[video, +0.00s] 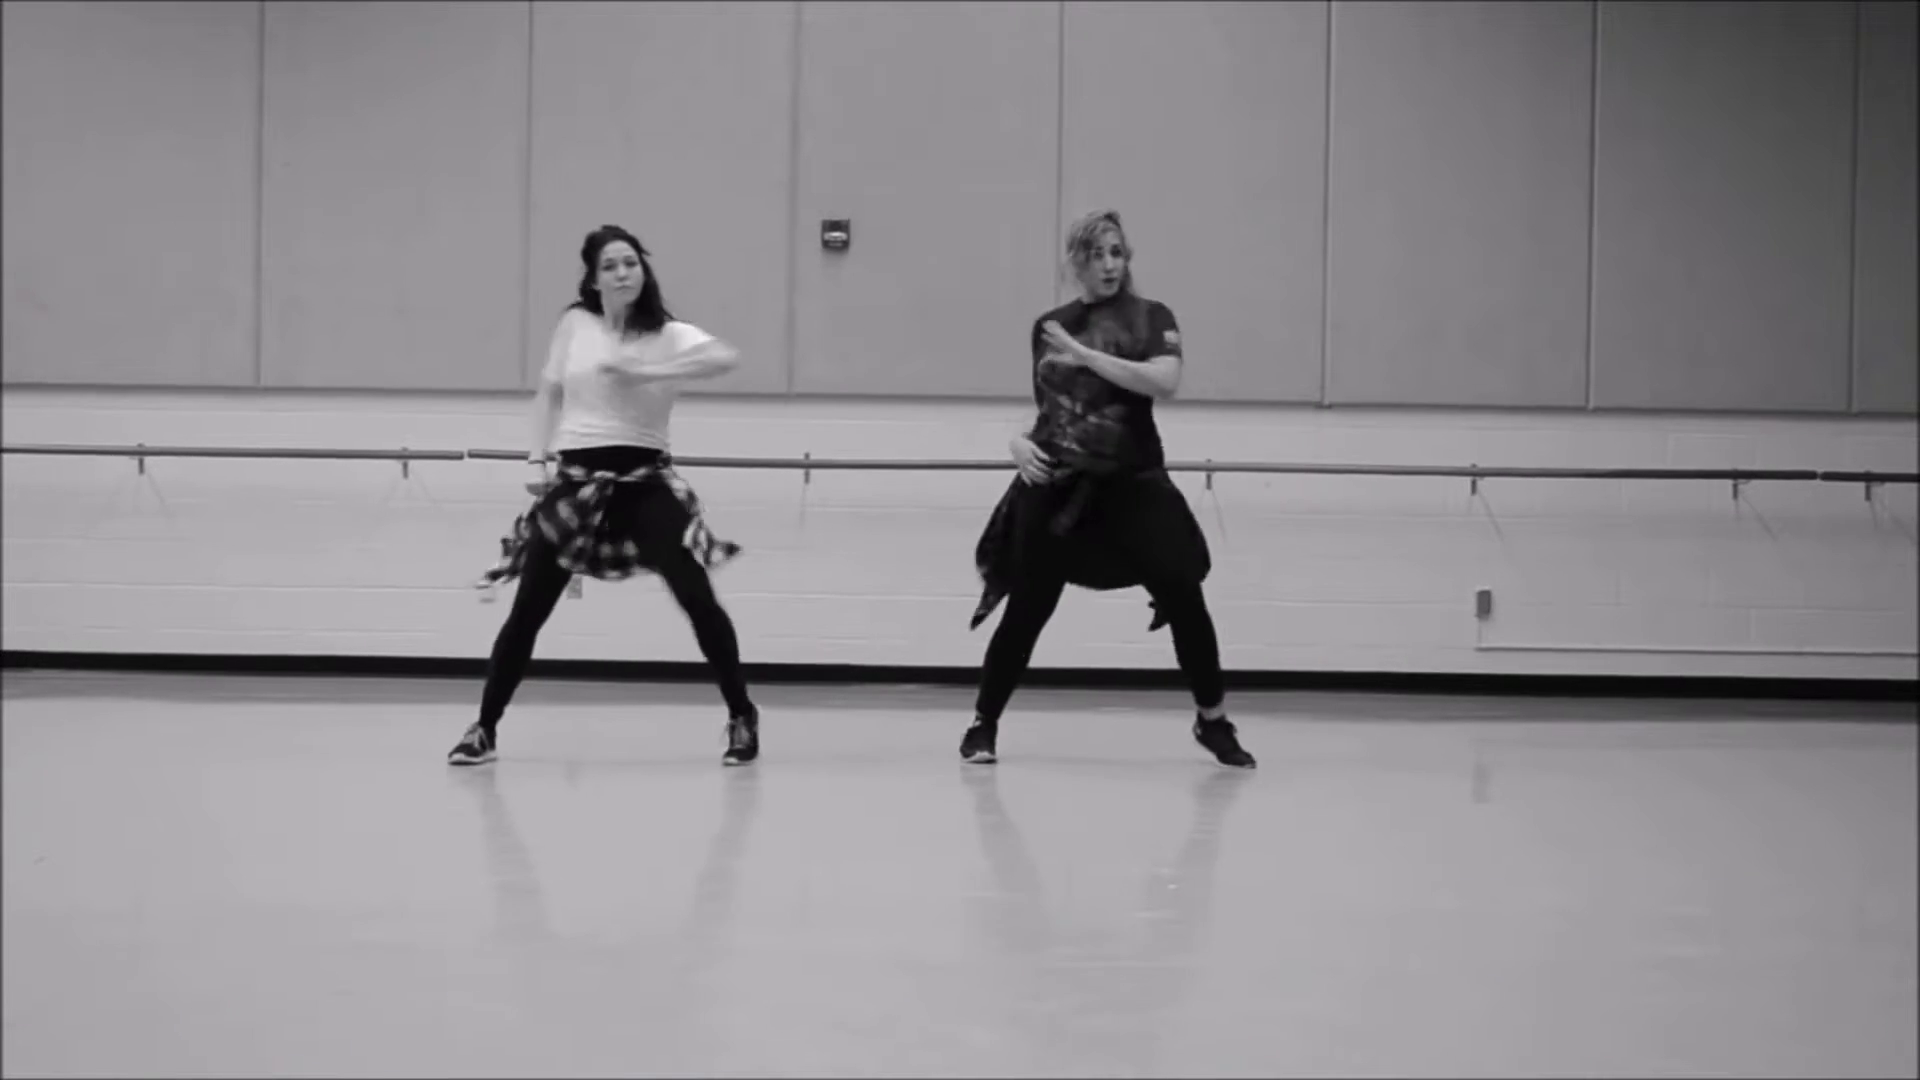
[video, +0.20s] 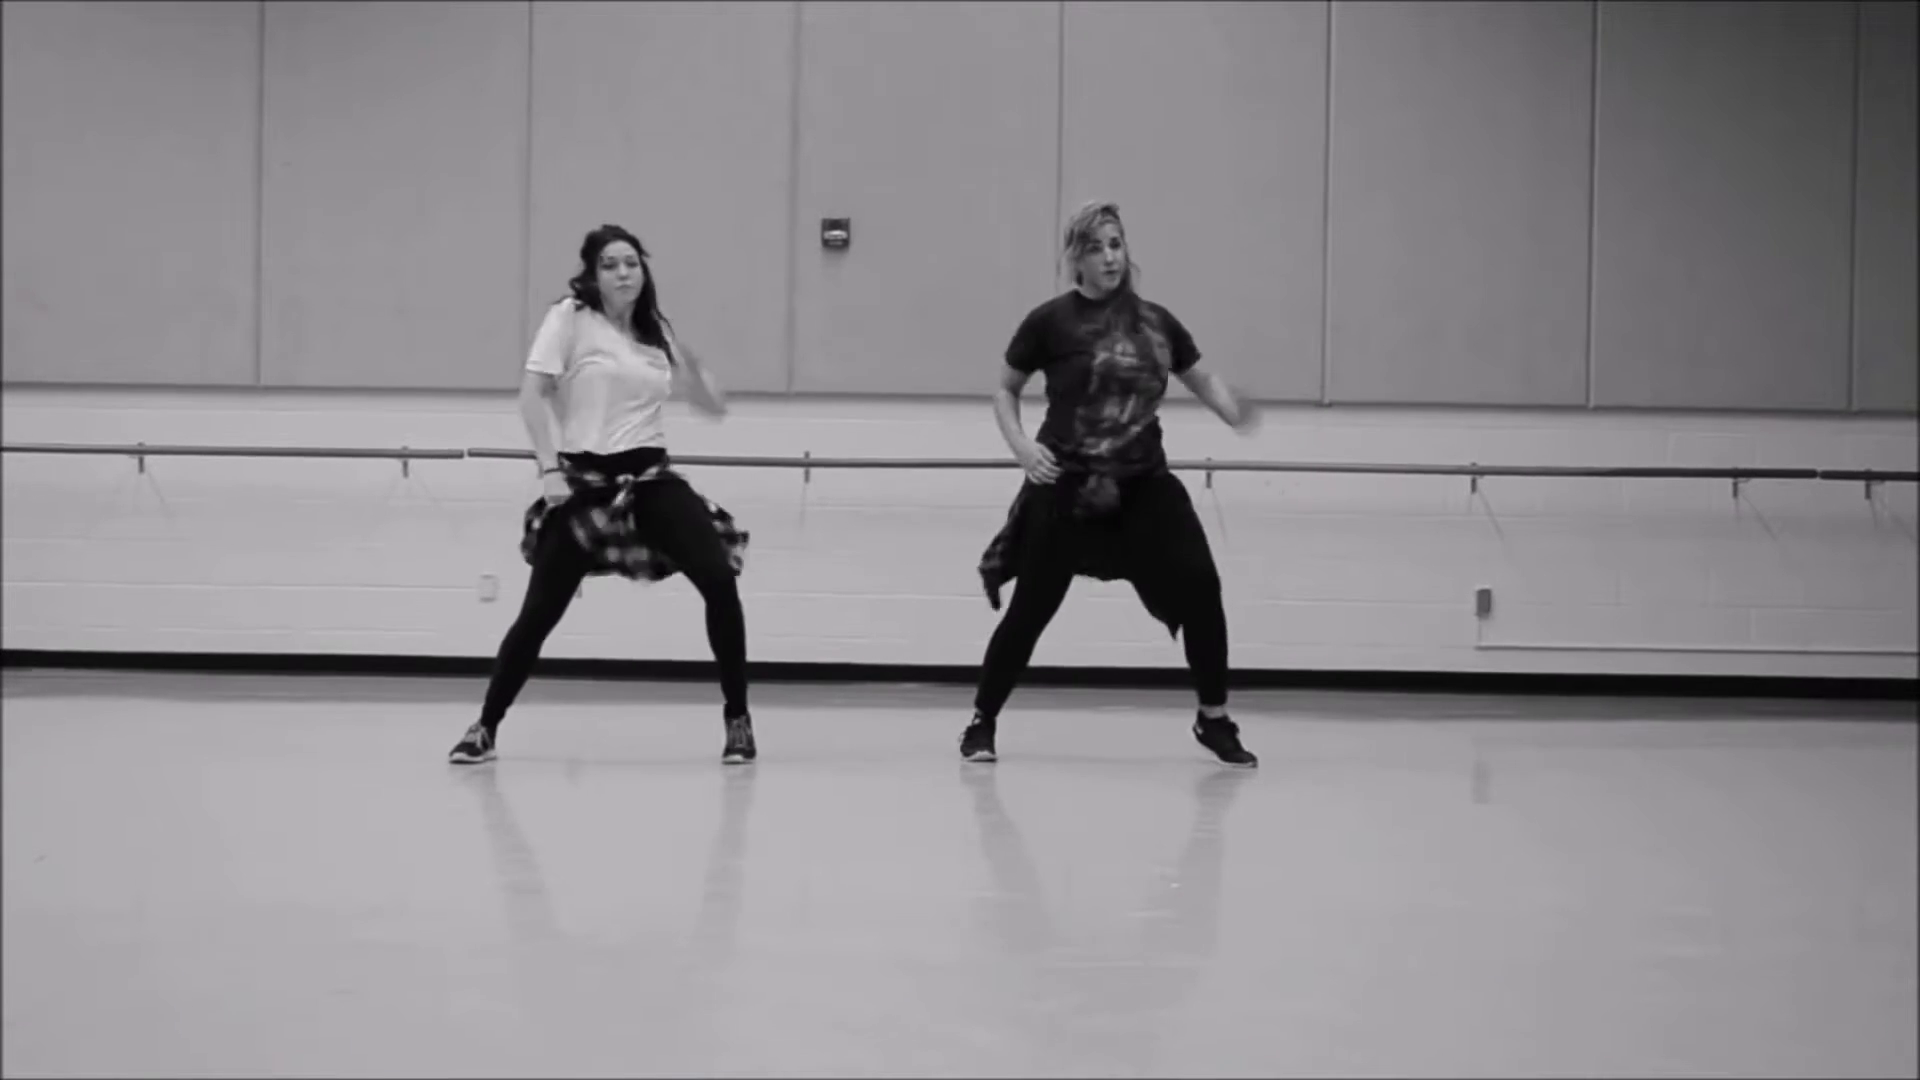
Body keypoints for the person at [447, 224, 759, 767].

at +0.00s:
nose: (623, 273)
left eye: (630, 263)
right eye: (610, 266)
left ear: (645, 270)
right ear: (593, 276)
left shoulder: (667, 331)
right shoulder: (573, 326)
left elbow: (725, 358)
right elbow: (548, 396)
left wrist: (646, 372)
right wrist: (538, 460)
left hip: (644, 484)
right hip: (573, 483)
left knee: (698, 601)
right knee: (528, 613)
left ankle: (742, 717)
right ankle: (484, 727)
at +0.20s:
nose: (624, 273)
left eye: (632, 263)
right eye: (611, 265)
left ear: (645, 271)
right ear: (592, 275)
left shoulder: (656, 331)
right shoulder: (569, 319)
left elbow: (712, 409)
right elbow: (530, 397)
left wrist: (693, 374)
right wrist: (549, 470)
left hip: (653, 482)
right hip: (583, 485)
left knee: (720, 583)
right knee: (539, 616)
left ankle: (738, 720)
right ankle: (485, 727)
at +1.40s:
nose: (805, 323)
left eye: (808, 313)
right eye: (797, 311)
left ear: (781, 315)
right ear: (766, 307)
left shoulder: (765, 371)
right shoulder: (719, 365)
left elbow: (733, 472)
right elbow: (766, 447)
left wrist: (777, 466)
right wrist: (828, 498)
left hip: (730, 514)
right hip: (693, 510)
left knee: (764, 631)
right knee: (756, 608)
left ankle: (688, 733)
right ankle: (794, 728)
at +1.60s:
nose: (728, 266)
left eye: (721, 263)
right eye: (712, 269)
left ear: (729, 292)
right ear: (702, 299)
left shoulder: (754, 355)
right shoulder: (717, 352)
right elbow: (769, 428)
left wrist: (780, 458)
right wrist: (824, 479)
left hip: (741, 502)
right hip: (709, 501)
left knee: (757, 637)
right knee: (763, 595)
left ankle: (688, 734)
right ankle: (796, 727)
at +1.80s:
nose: (720, 261)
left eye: (713, 256)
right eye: (706, 263)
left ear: (721, 284)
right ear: (696, 294)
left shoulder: (738, 339)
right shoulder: (713, 341)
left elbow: (756, 419)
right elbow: (759, 415)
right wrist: (816, 467)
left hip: (745, 500)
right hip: (717, 500)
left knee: (765, 626)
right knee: (774, 601)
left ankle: (688, 732)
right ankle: (812, 726)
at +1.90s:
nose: (731, 261)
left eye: (724, 256)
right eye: (716, 261)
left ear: (721, 284)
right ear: (700, 289)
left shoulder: (739, 339)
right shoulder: (722, 346)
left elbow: (764, 415)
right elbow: (778, 412)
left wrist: (800, 446)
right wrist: (824, 453)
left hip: (743, 497)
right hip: (719, 499)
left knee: (758, 623)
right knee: (779, 612)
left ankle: (687, 733)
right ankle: (818, 738)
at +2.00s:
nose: (747, 255)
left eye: (742, 249)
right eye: (732, 254)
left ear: (735, 276)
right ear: (712, 279)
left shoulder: (743, 329)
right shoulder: (732, 332)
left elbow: (744, 413)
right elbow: (800, 376)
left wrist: (787, 445)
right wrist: (864, 406)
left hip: (743, 491)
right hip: (720, 492)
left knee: (747, 616)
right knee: (775, 608)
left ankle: (686, 732)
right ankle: (815, 738)